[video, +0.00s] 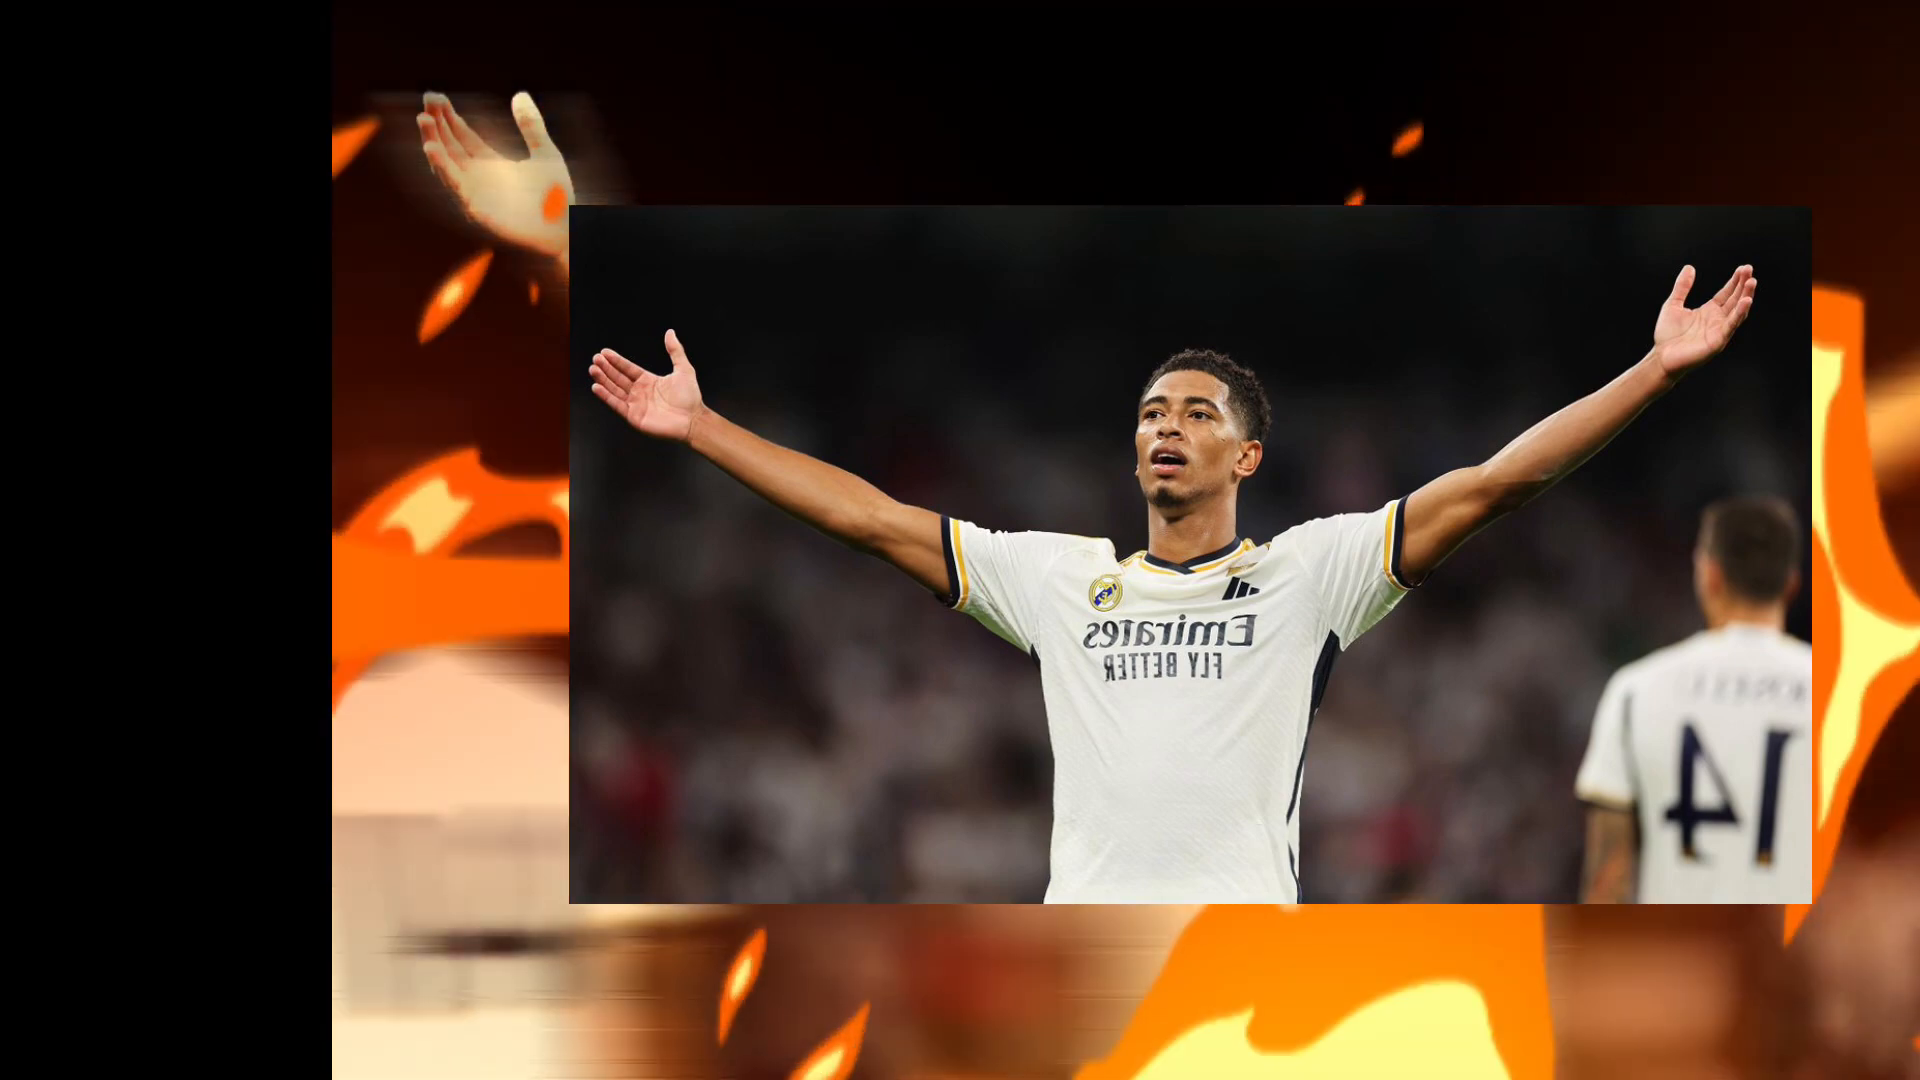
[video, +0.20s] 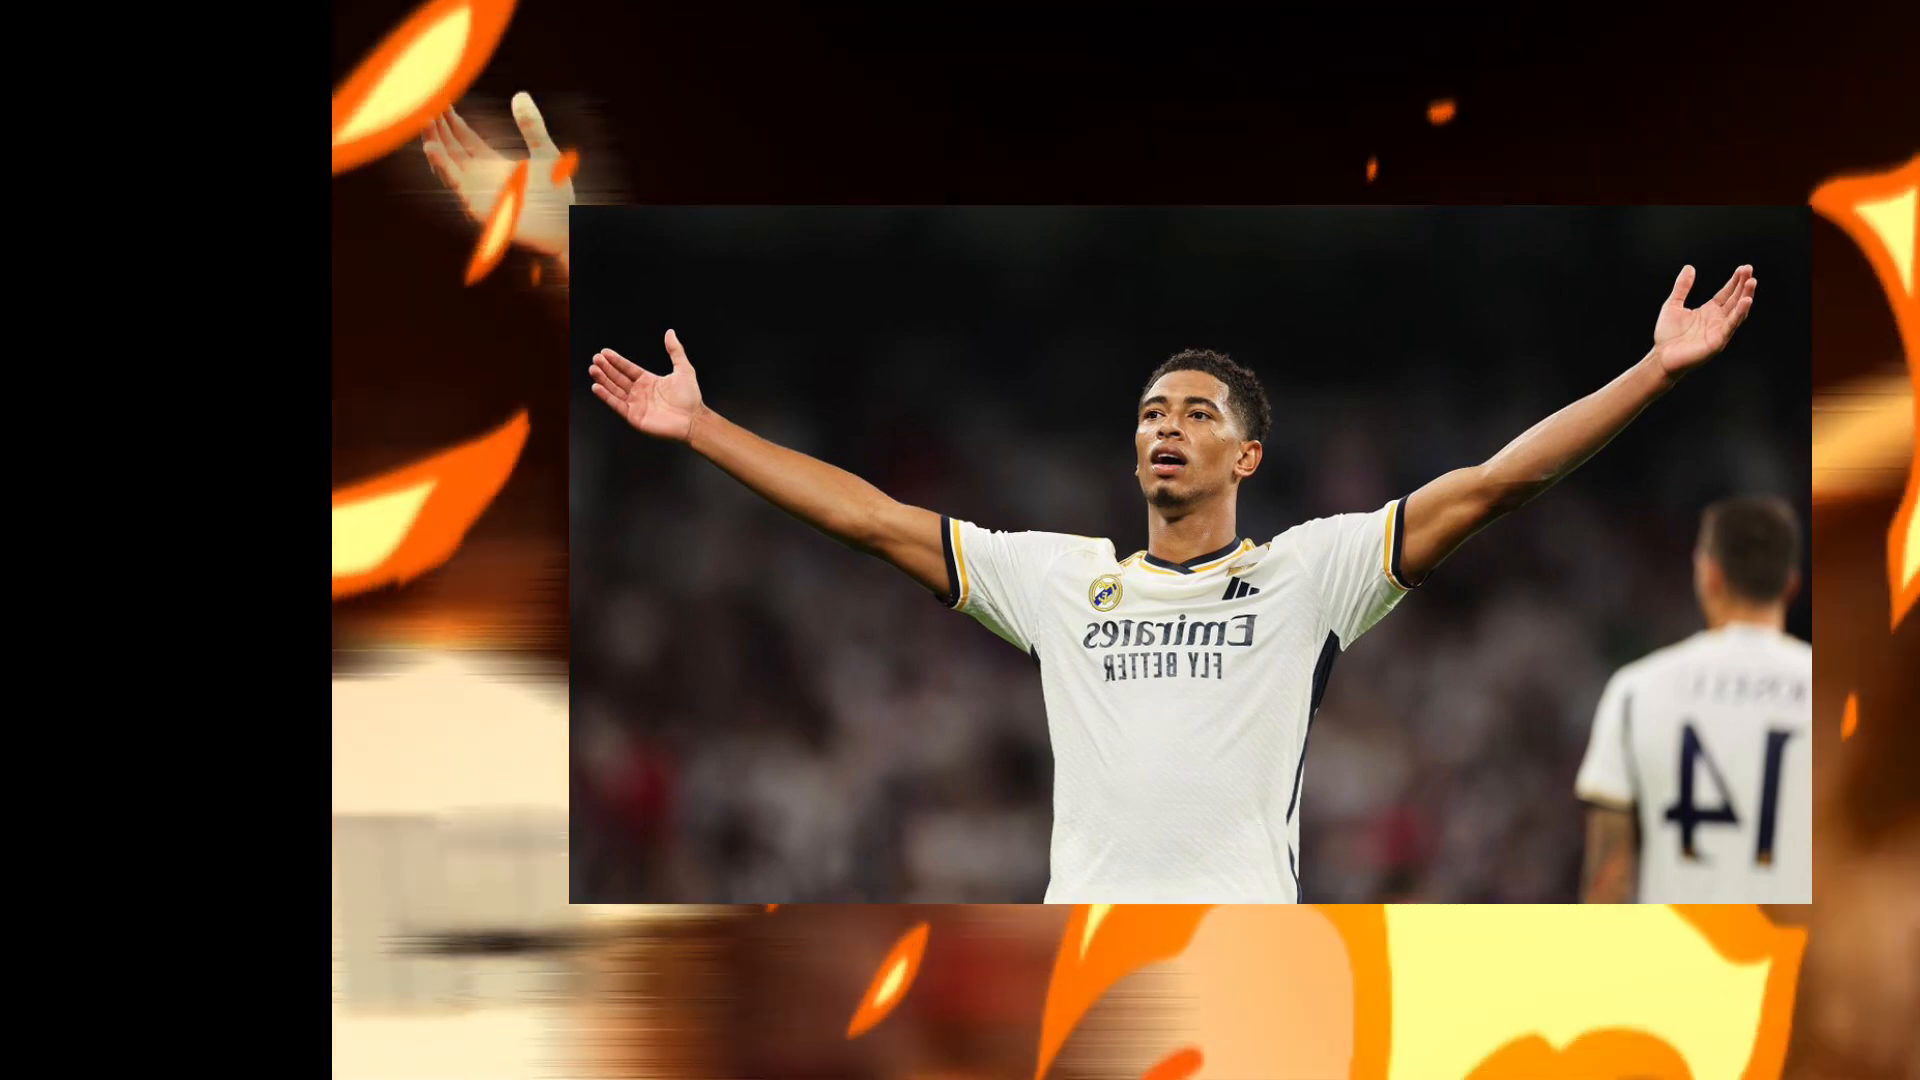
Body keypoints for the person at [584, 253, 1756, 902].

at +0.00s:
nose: (1167, 431)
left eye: (1197, 417)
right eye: (1153, 416)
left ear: (1248, 456)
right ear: (1133, 452)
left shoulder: (1308, 571)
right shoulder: (1058, 579)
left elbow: (1490, 484)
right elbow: (878, 519)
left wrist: (1653, 368)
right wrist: (698, 427)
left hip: (1248, 945)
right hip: (1086, 946)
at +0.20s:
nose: (1167, 430)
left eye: (1198, 415)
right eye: (1153, 414)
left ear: (1248, 455)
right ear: (1134, 450)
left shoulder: (1308, 570)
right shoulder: (1058, 580)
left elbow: (1493, 482)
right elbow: (878, 519)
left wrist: (1655, 368)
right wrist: (700, 427)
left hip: (1250, 943)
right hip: (1090, 945)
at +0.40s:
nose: (1170, 428)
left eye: (1199, 415)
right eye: (1155, 414)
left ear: (1248, 455)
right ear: (1134, 452)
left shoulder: (1307, 570)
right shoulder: (1059, 580)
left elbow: (1492, 482)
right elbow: (877, 518)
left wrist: (1656, 367)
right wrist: (701, 429)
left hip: (1247, 940)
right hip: (1086, 939)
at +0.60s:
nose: (1169, 428)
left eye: (1199, 414)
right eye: (1154, 413)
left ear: (1250, 454)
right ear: (1132, 450)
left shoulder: (1309, 569)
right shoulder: (1057, 578)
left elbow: (1495, 482)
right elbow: (876, 519)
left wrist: (1653, 368)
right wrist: (698, 426)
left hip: (1249, 942)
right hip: (1087, 939)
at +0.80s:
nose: (1164, 436)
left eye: (1192, 419)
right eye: (1152, 420)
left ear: (1251, 456)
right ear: (1132, 452)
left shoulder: (1310, 569)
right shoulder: (1061, 576)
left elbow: (1497, 480)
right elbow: (878, 518)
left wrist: (1659, 366)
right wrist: (702, 427)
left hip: (1254, 938)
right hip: (1085, 935)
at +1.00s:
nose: (1162, 439)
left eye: (1190, 422)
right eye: (1151, 422)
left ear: (1251, 456)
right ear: (1133, 451)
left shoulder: (1310, 569)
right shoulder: (1062, 575)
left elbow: (1496, 480)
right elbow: (878, 518)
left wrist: (1658, 366)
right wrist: (701, 426)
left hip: (1255, 936)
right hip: (1085, 934)